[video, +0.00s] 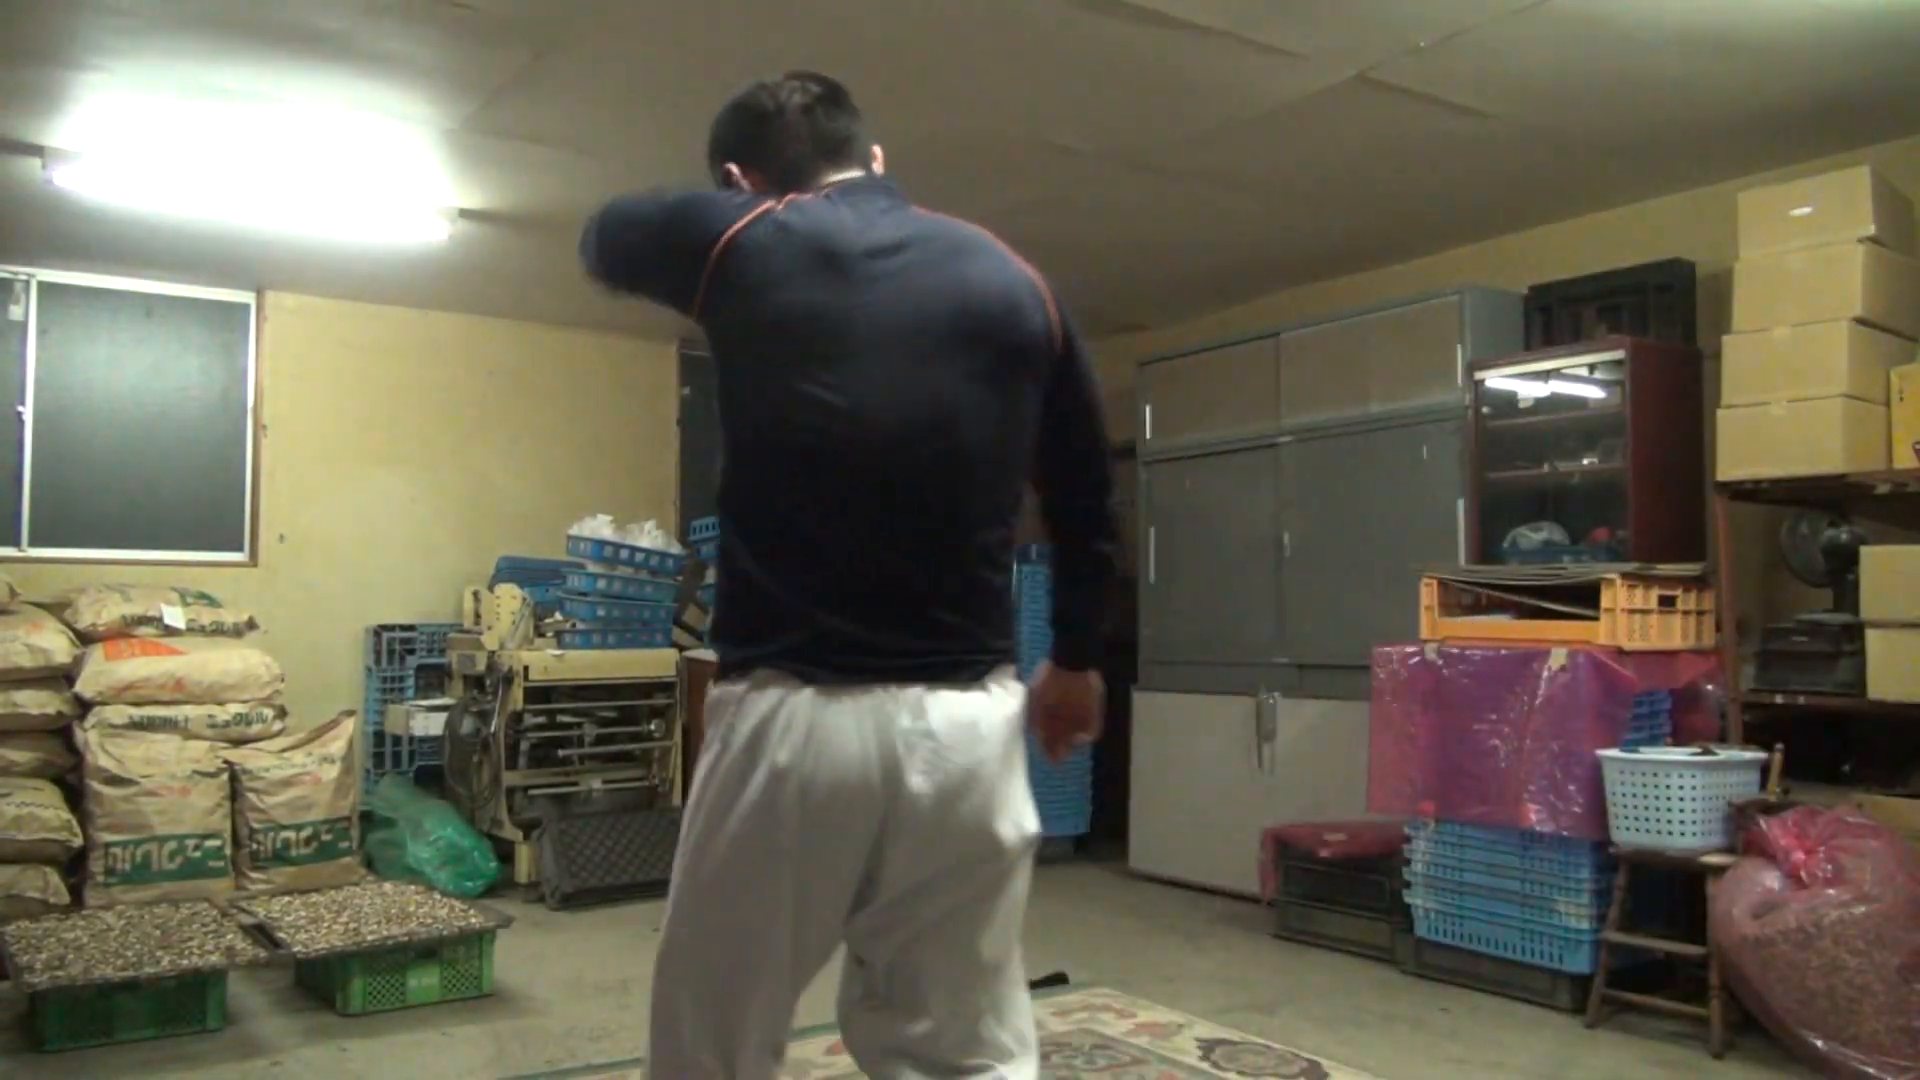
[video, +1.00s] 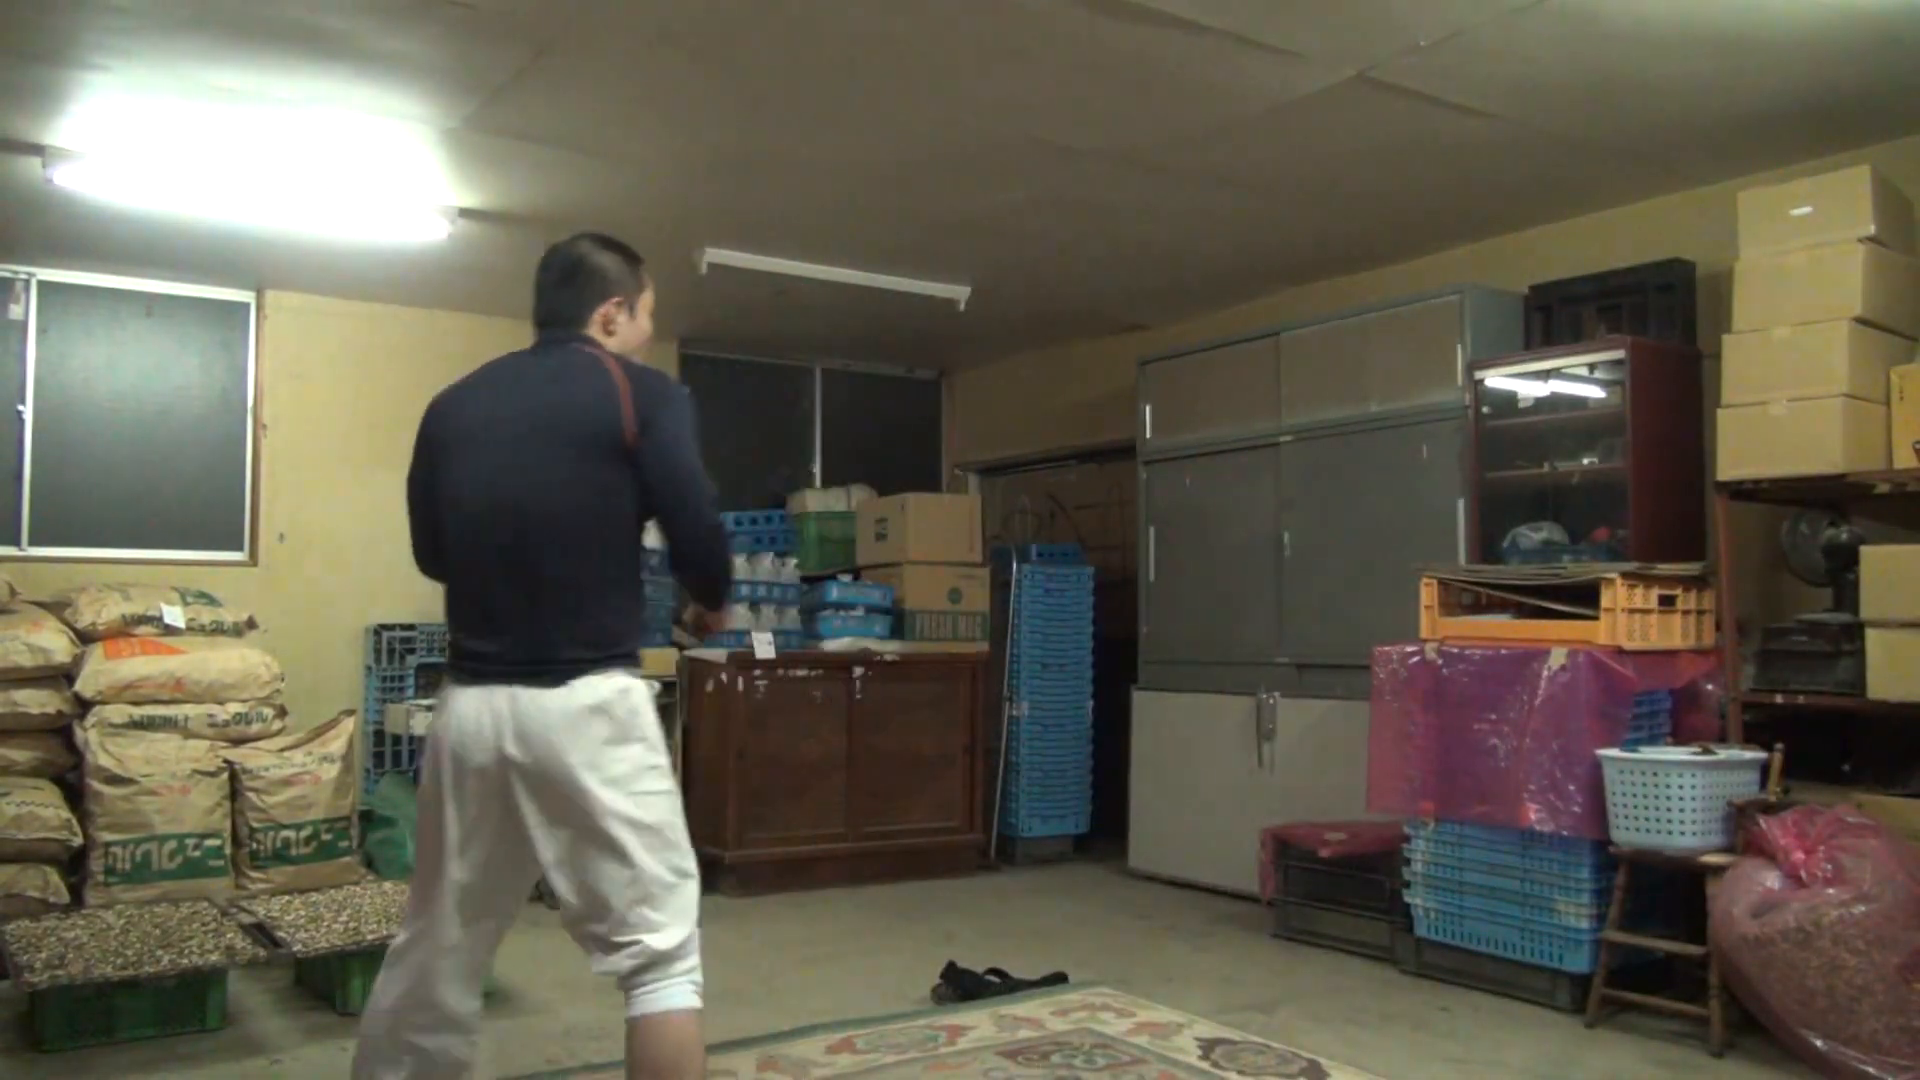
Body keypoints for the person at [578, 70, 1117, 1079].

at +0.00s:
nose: (725, 196)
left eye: (723, 185)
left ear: (743, 185)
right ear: (881, 164)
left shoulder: (751, 249)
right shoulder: (1013, 279)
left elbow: (608, 237)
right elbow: (1084, 496)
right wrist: (1080, 658)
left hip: (791, 731)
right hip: (973, 734)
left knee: (711, 1054)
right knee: (970, 1053)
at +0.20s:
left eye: (684, 225)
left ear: (693, 229)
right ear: (825, 229)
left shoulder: (634, 333)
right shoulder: (905, 342)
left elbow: (566, 493)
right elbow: (972, 527)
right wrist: (953, 645)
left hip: (672, 743)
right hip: (839, 747)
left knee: (645, 1050)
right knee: (887, 1043)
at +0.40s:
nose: (784, 263)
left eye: (784, 246)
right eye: (785, 245)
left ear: (659, 238)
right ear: (768, 239)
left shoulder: (560, 345)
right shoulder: (824, 350)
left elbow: (520, 530)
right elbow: (880, 543)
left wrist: (621, 582)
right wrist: (891, 701)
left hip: (612, 716)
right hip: (761, 713)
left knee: (630, 1012)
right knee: (783, 979)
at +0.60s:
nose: (754, 313)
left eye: (755, 294)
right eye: (755, 293)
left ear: (644, 285)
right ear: (730, 289)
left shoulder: (539, 384)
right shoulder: (775, 394)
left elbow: (474, 537)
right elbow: (819, 554)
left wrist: (569, 600)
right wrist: (863, 705)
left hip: (581, 730)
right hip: (718, 730)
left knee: (606, 1008)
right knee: (712, 998)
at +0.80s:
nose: (713, 324)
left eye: (715, 308)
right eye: (713, 307)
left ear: (607, 296)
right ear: (687, 302)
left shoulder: (511, 387)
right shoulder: (731, 395)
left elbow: (480, 546)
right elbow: (785, 559)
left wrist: (572, 566)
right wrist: (820, 689)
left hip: (546, 719)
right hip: (678, 714)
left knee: (507, 963)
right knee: (692, 966)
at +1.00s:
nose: (646, 332)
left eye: (646, 315)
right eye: (643, 315)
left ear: (545, 314)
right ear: (613, 315)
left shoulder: (454, 404)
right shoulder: (642, 391)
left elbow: (432, 553)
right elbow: (692, 522)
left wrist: (531, 559)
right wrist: (710, 601)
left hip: (468, 716)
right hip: (591, 715)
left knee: (436, 954)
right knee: (660, 961)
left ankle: (390, 1071)